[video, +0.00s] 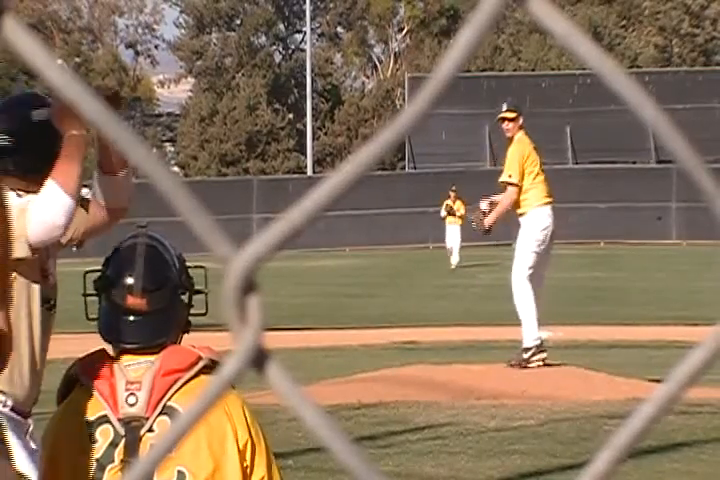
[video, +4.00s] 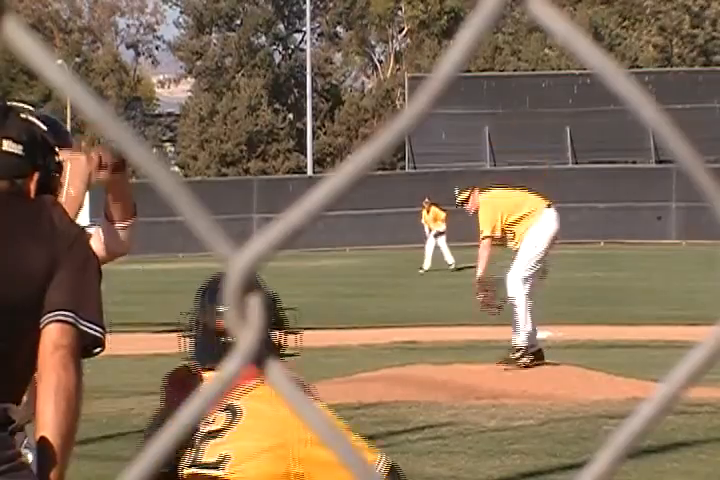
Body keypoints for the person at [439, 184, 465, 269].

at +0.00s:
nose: (453, 194)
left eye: (454, 192)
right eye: (451, 192)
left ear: (456, 193)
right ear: (449, 193)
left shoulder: (459, 203)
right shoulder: (447, 202)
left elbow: (462, 212)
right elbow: (442, 214)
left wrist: (455, 212)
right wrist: (446, 211)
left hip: (456, 223)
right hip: (449, 223)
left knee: (456, 242)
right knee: (449, 242)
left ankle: (454, 260)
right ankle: (450, 255)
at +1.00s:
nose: (443, 196)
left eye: (445, 194)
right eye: (442, 195)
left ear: (447, 195)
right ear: (440, 195)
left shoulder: (450, 202)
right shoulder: (438, 202)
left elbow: (454, 212)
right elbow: (436, 212)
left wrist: (456, 223)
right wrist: (442, 203)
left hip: (451, 223)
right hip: (442, 224)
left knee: (453, 243)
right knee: (443, 244)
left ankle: (454, 262)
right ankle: (444, 263)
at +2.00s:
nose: (453, 196)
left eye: (454, 194)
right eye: (452, 194)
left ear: (456, 195)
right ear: (449, 194)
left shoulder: (459, 203)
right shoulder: (446, 203)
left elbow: (463, 214)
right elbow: (442, 214)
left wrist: (465, 226)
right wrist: (448, 212)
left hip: (457, 224)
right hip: (449, 224)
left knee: (457, 244)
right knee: (449, 244)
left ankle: (456, 263)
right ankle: (449, 261)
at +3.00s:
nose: (440, 195)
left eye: (441, 193)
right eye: (438, 193)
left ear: (444, 194)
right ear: (437, 194)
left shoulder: (448, 203)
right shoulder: (436, 204)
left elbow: (453, 214)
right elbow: (434, 216)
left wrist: (452, 225)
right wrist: (433, 227)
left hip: (447, 224)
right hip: (440, 225)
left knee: (448, 244)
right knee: (441, 244)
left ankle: (449, 262)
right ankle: (445, 262)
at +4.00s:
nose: (426, 205)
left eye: (427, 203)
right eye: (425, 203)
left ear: (430, 204)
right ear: (423, 204)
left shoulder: (434, 209)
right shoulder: (424, 212)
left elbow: (443, 214)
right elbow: (424, 222)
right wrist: (427, 232)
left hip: (440, 230)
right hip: (432, 231)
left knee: (443, 247)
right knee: (428, 248)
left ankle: (451, 262)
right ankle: (426, 266)